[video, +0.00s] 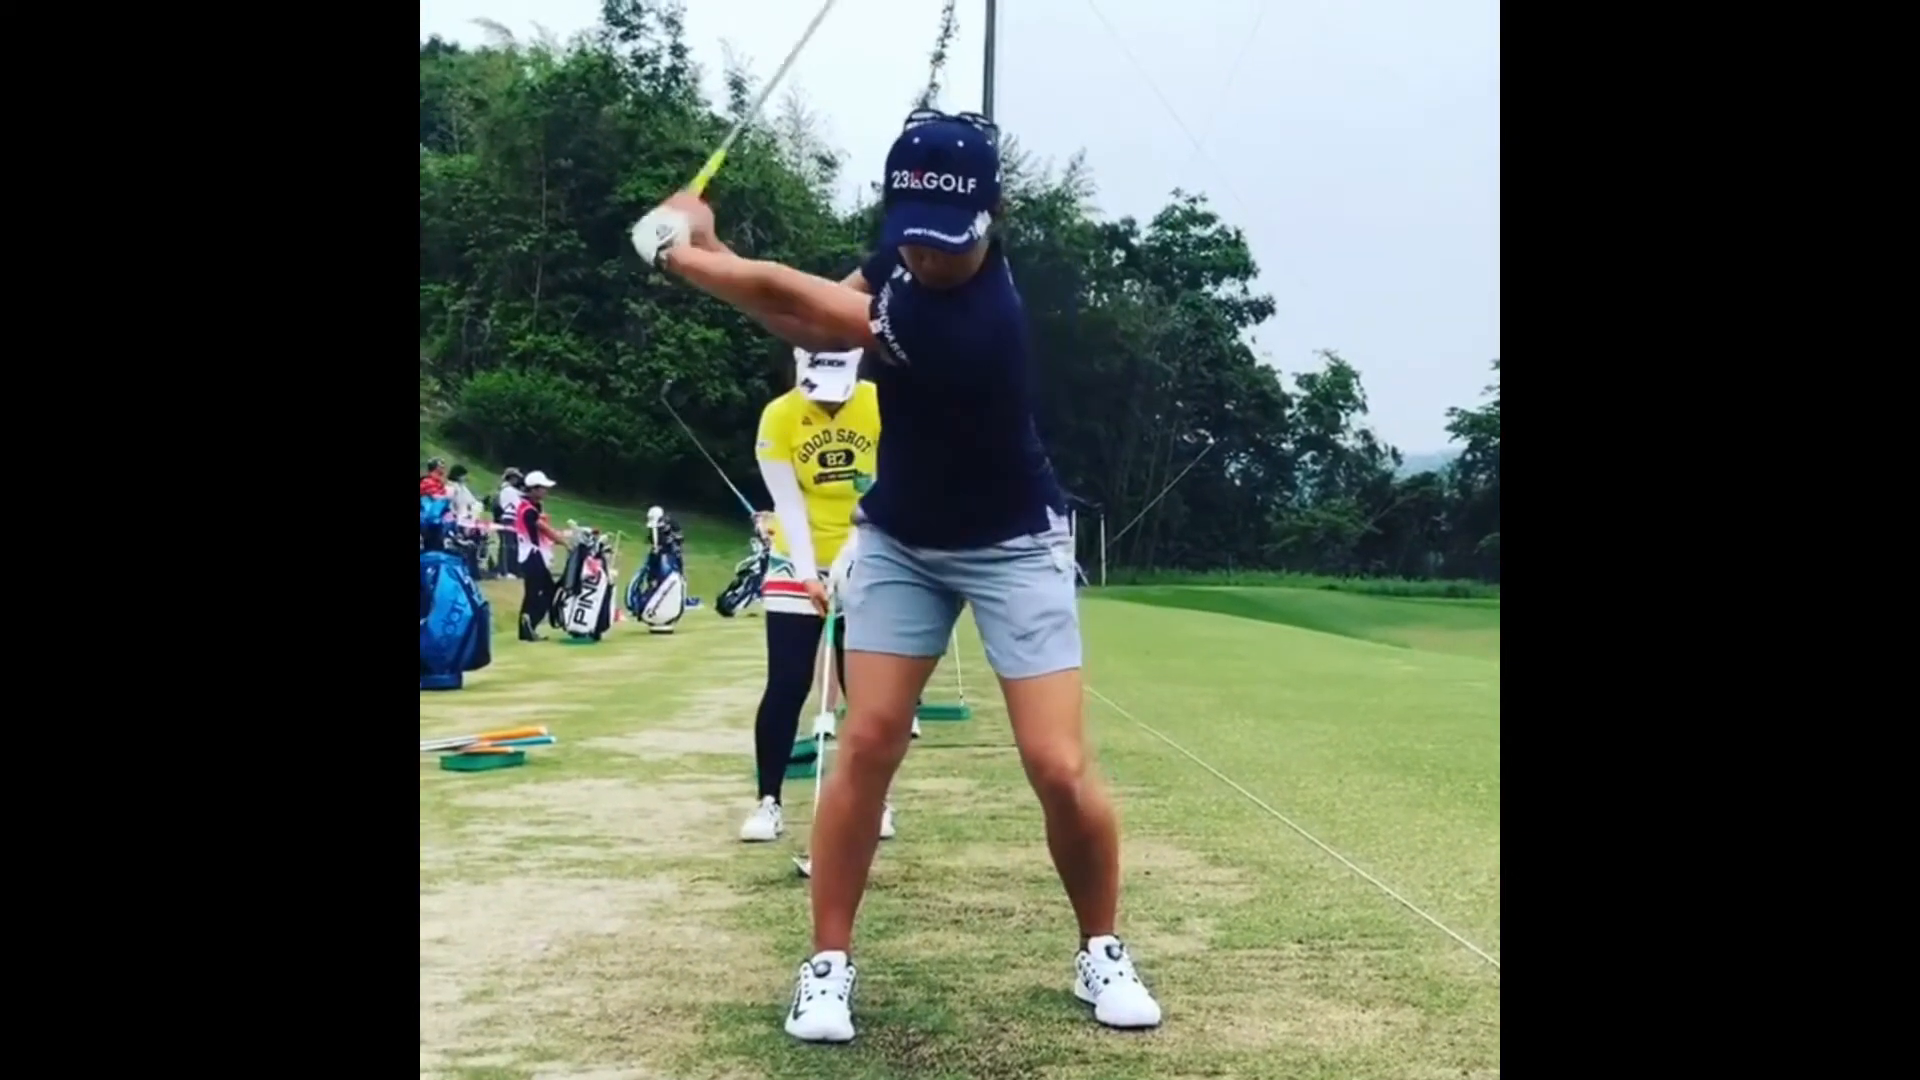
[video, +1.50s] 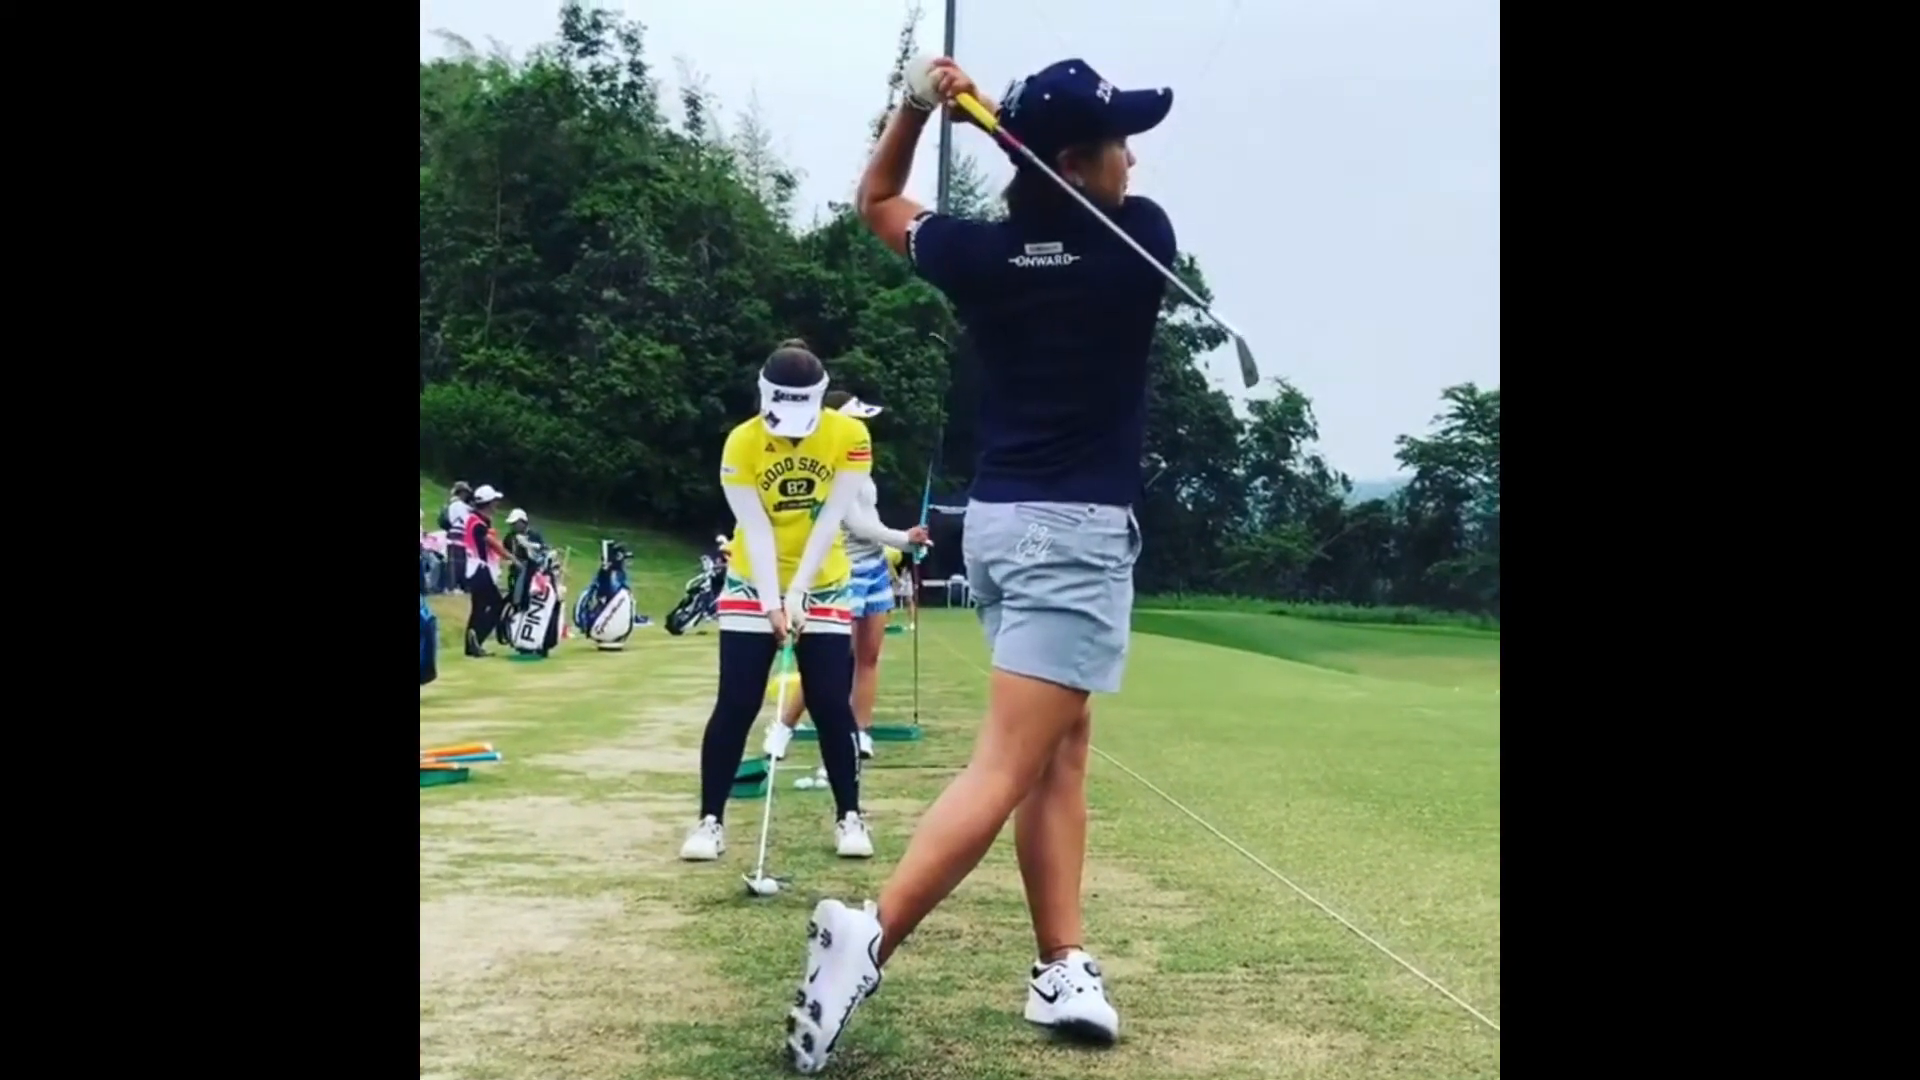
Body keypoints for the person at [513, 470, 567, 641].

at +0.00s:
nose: (545, 492)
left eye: (546, 488)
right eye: (542, 488)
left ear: (535, 491)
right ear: (533, 490)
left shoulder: (528, 507)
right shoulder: (529, 511)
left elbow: (545, 529)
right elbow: (546, 531)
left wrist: (562, 535)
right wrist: (565, 541)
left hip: (531, 553)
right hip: (532, 554)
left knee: (532, 591)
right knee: (549, 588)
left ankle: (526, 629)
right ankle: (531, 621)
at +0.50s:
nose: (527, 497)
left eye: (527, 493)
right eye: (524, 493)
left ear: (514, 496)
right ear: (515, 495)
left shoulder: (510, 512)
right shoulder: (510, 516)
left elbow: (525, 533)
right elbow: (527, 537)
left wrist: (541, 543)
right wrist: (546, 548)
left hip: (510, 556)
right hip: (511, 559)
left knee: (511, 596)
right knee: (529, 593)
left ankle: (505, 634)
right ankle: (511, 626)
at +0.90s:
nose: (508, 500)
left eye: (508, 497)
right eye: (506, 497)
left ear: (493, 497)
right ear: (498, 498)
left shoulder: (486, 515)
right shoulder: (491, 519)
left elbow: (504, 536)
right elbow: (508, 540)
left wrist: (522, 546)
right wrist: (526, 551)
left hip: (487, 559)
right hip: (492, 562)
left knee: (491, 599)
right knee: (509, 597)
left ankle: (485, 637)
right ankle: (491, 629)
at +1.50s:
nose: (496, 506)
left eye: (496, 502)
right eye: (494, 503)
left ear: (480, 503)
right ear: (486, 504)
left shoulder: (476, 521)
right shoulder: (479, 525)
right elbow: (495, 546)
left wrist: (508, 556)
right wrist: (514, 559)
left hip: (476, 565)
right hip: (479, 568)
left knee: (478, 606)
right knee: (497, 603)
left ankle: (472, 644)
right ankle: (477, 636)